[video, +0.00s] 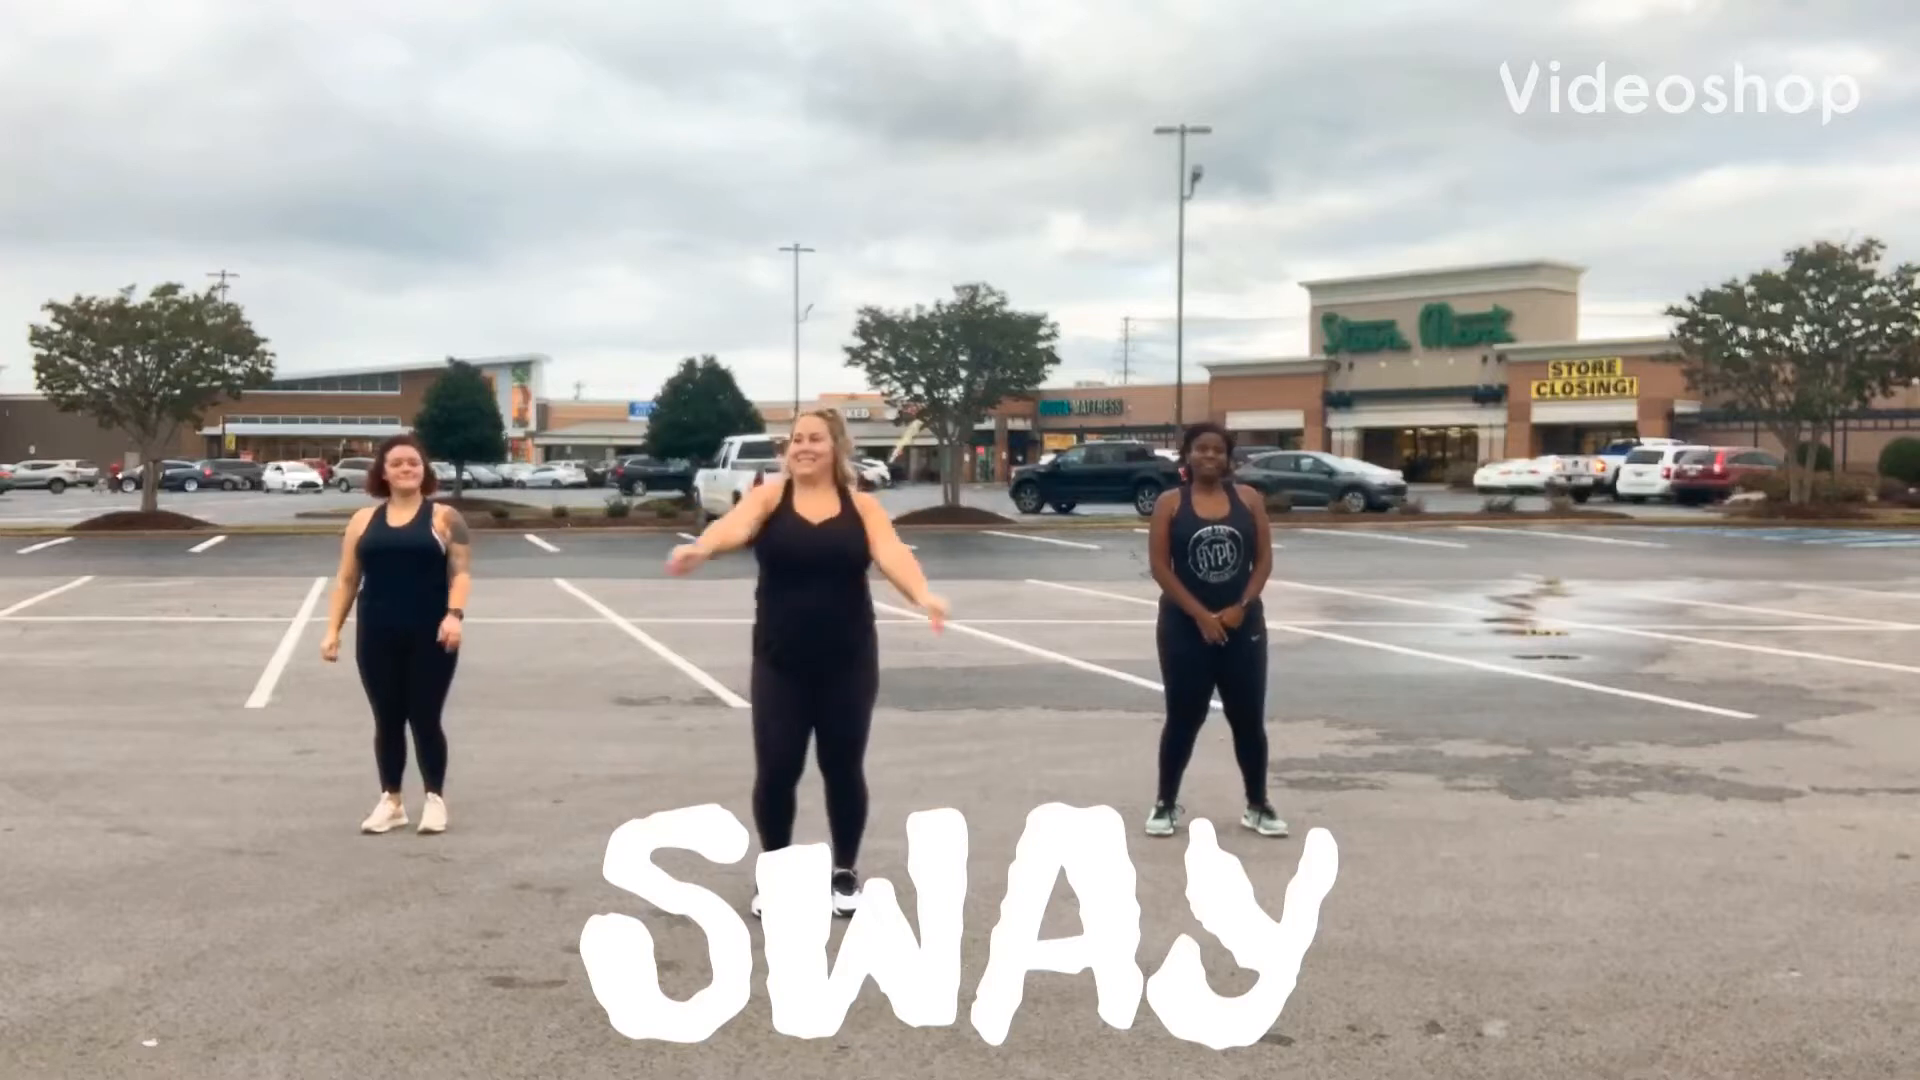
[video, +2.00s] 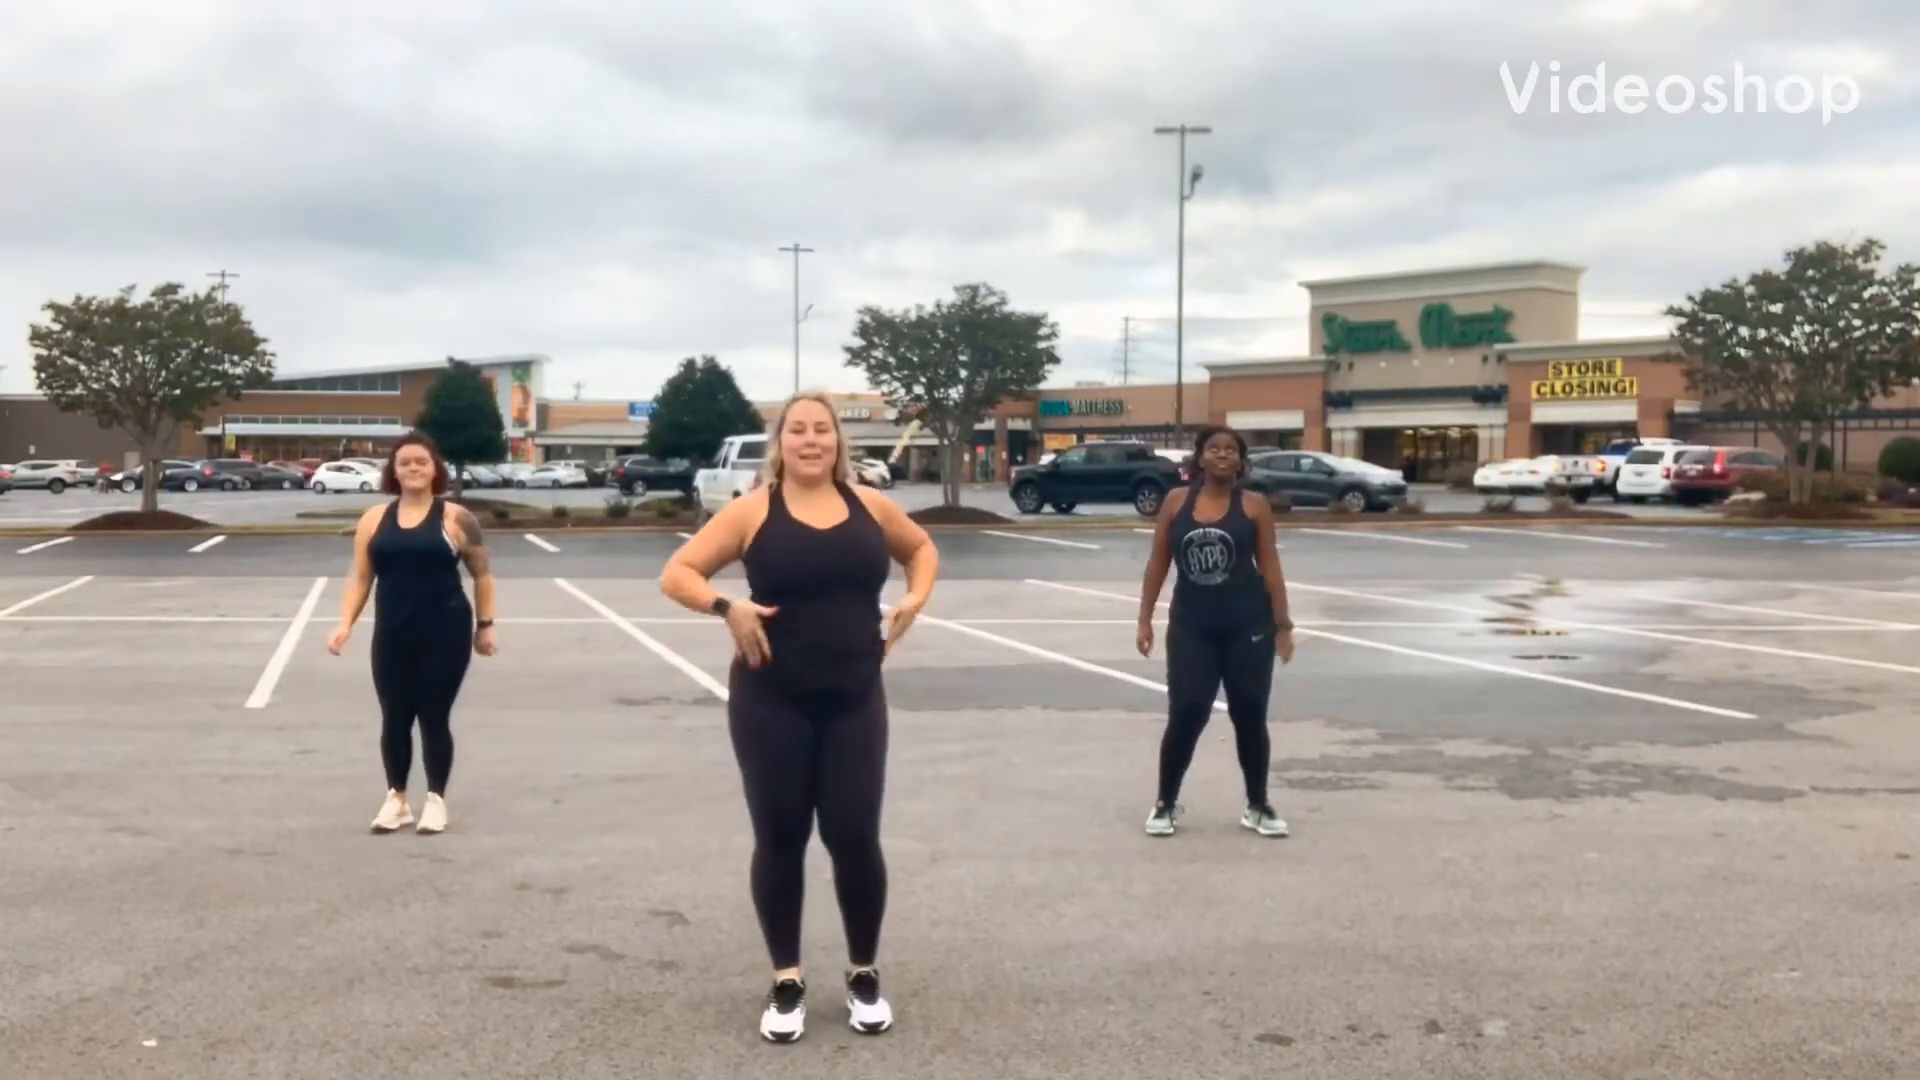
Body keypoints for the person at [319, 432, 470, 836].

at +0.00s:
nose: (405, 469)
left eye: (412, 462)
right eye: (396, 463)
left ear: (424, 470)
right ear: (383, 473)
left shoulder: (444, 518)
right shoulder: (363, 520)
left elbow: (460, 570)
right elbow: (347, 580)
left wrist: (454, 614)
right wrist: (333, 630)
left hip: (430, 636)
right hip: (378, 637)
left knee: (425, 718)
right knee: (387, 720)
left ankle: (434, 798)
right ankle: (390, 799)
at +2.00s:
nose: (413, 469)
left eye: (421, 462)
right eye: (405, 463)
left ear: (435, 469)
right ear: (394, 471)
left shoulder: (456, 518)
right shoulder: (374, 518)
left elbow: (481, 572)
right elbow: (361, 577)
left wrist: (485, 625)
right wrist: (345, 624)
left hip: (445, 633)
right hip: (393, 633)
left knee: (433, 716)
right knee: (395, 718)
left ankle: (435, 800)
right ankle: (396, 798)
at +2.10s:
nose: (413, 468)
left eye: (421, 461)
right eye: (405, 461)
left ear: (435, 468)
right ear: (394, 469)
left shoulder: (454, 518)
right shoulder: (373, 515)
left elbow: (479, 573)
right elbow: (357, 573)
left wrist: (481, 624)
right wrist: (343, 621)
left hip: (444, 634)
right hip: (392, 633)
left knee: (435, 716)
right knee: (398, 718)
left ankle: (436, 799)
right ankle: (401, 798)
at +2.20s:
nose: (411, 468)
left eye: (419, 461)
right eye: (403, 462)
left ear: (433, 469)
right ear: (393, 470)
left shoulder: (453, 520)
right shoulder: (371, 516)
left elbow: (473, 577)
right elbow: (354, 574)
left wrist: (480, 629)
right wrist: (341, 622)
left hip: (443, 635)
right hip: (389, 634)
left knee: (431, 717)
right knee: (397, 718)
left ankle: (435, 799)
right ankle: (401, 798)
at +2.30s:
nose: (410, 470)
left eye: (418, 463)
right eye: (402, 464)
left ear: (431, 470)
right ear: (391, 472)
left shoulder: (452, 520)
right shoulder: (369, 518)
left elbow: (471, 578)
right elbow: (354, 576)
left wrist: (477, 627)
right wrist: (342, 624)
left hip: (440, 637)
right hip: (386, 636)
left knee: (430, 719)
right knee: (396, 719)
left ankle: (435, 799)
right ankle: (401, 799)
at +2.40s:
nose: (409, 471)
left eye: (417, 464)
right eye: (400, 465)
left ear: (430, 471)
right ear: (390, 473)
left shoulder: (452, 520)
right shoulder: (369, 520)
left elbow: (470, 572)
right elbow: (353, 579)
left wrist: (471, 610)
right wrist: (344, 629)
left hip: (438, 637)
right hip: (383, 637)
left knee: (428, 718)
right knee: (395, 720)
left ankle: (435, 799)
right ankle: (401, 798)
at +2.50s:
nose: (408, 472)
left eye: (416, 464)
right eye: (400, 466)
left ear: (430, 471)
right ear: (389, 474)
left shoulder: (452, 520)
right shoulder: (369, 522)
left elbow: (470, 570)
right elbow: (353, 581)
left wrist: (467, 596)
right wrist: (348, 633)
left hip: (437, 636)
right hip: (382, 637)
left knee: (427, 719)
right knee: (394, 721)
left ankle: (434, 800)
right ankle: (401, 799)